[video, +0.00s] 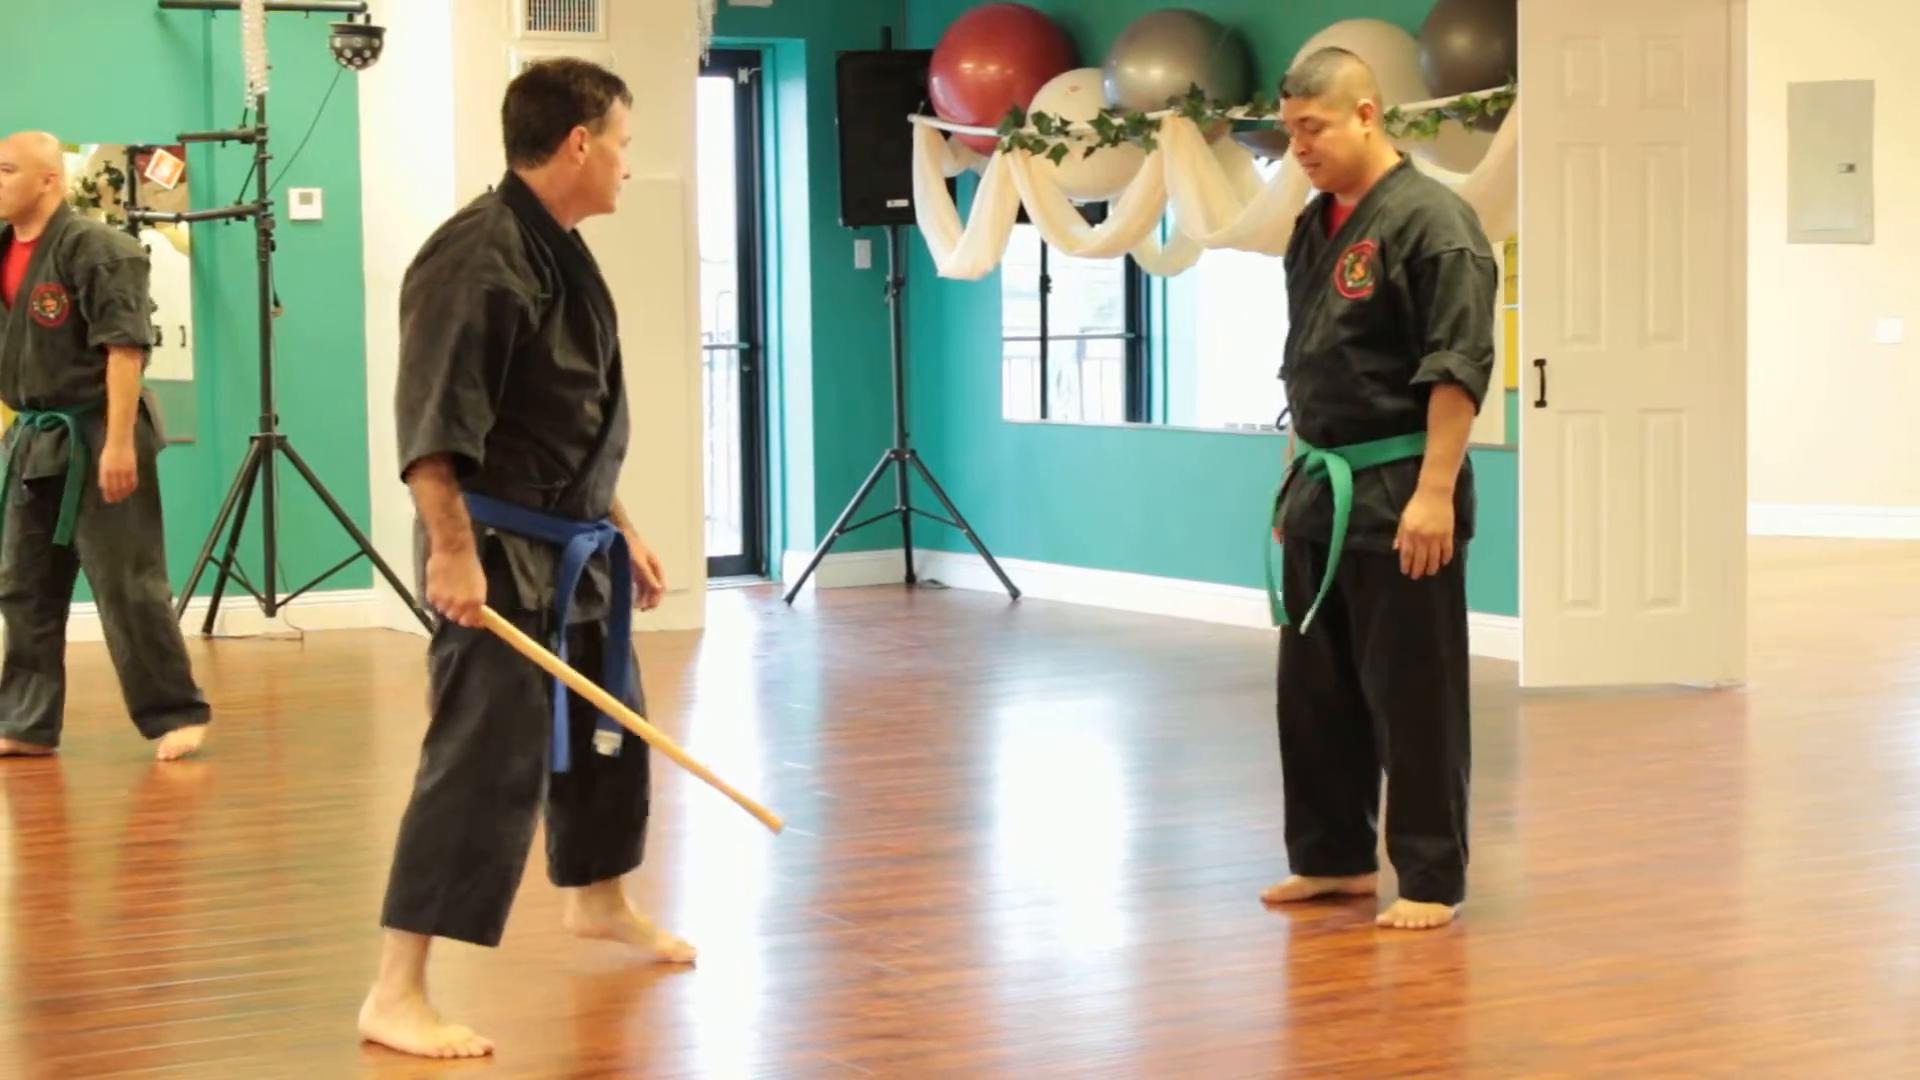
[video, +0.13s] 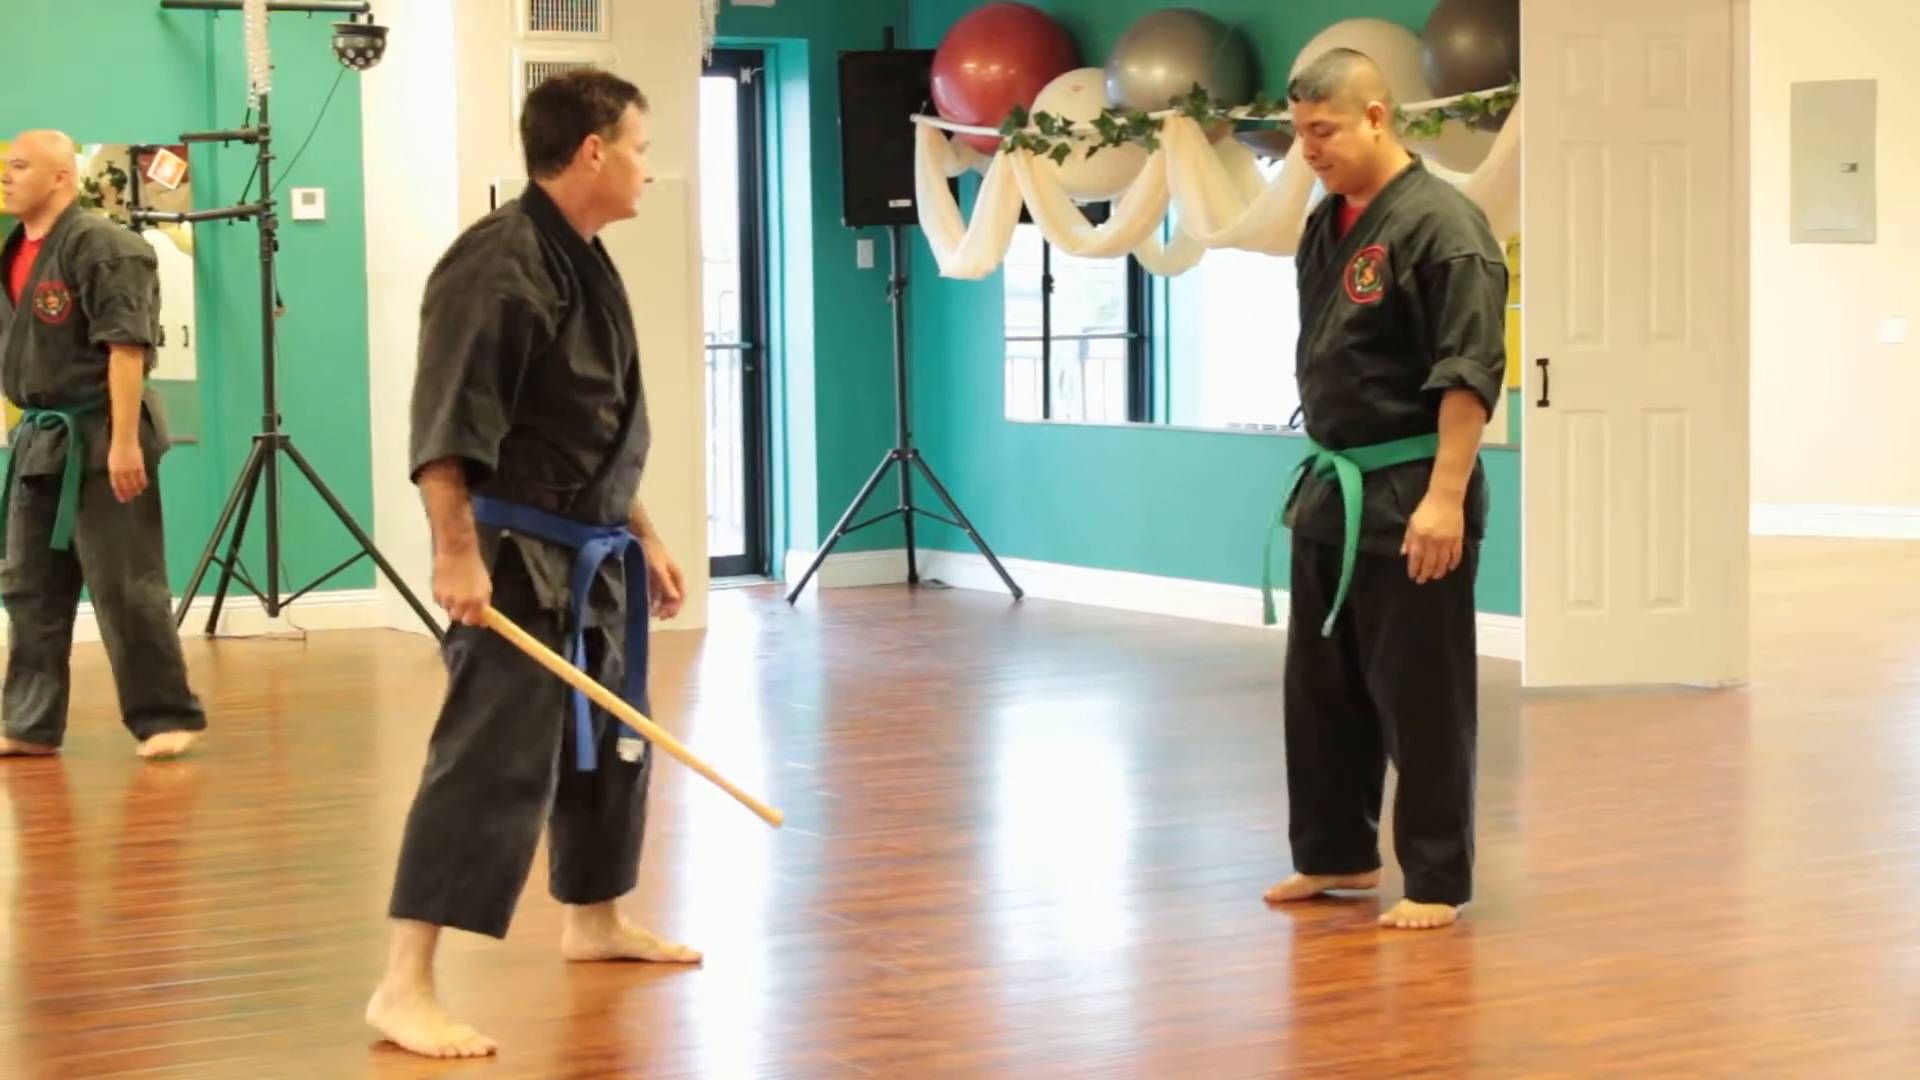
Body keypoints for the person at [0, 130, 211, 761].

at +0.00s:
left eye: (7, 170)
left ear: (48, 180)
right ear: (22, 181)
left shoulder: (99, 248)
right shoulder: (13, 253)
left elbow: (125, 348)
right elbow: (21, 357)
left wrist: (121, 440)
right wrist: (18, 424)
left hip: (102, 431)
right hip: (33, 434)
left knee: (127, 581)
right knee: (25, 587)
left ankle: (179, 718)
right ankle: (26, 725)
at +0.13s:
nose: (5, 178)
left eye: (18, 167)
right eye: (5, 167)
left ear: (62, 178)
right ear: (16, 178)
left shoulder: (106, 246)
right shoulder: (17, 253)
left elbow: (127, 348)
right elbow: (22, 355)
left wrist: (126, 440)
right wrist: (22, 425)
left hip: (106, 429)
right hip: (37, 431)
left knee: (125, 581)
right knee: (31, 585)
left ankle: (167, 720)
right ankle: (31, 726)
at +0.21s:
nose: (16, 177)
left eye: (29, 168)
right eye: (16, 167)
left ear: (73, 179)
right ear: (37, 182)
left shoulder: (114, 248)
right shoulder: (30, 254)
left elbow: (131, 350)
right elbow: (24, 349)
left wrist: (120, 441)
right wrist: (13, 413)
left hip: (113, 431)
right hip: (47, 430)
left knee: (127, 582)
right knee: (38, 584)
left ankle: (160, 723)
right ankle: (32, 725)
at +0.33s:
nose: (35, 187)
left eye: (48, 177)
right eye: (36, 176)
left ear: (90, 187)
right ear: (73, 188)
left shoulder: (127, 256)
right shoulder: (69, 255)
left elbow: (134, 363)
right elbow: (76, 356)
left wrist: (105, 452)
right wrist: (68, 438)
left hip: (135, 432)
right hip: (81, 430)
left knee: (132, 583)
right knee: (63, 583)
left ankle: (153, 731)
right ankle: (43, 724)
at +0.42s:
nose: (45, 192)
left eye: (58, 183)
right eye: (48, 181)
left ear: (99, 196)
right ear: (88, 197)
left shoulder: (129, 263)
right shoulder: (91, 257)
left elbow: (134, 375)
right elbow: (106, 365)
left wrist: (97, 465)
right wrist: (89, 446)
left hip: (151, 435)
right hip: (106, 431)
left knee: (142, 584)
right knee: (77, 581)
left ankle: (156, 732)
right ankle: (57, 720)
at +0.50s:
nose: (62, 197)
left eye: (73, 188)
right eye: (64, 187)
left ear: (113, 198)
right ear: (109, 199)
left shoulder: (136, 263)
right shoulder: (109, 258)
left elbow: (137, 378)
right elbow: (118, 370)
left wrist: (102, 468)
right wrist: (100, 447)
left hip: (163, 433)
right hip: (129, 428)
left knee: (150, 580)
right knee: (93, 575)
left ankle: (160, 732)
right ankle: (95, 718)